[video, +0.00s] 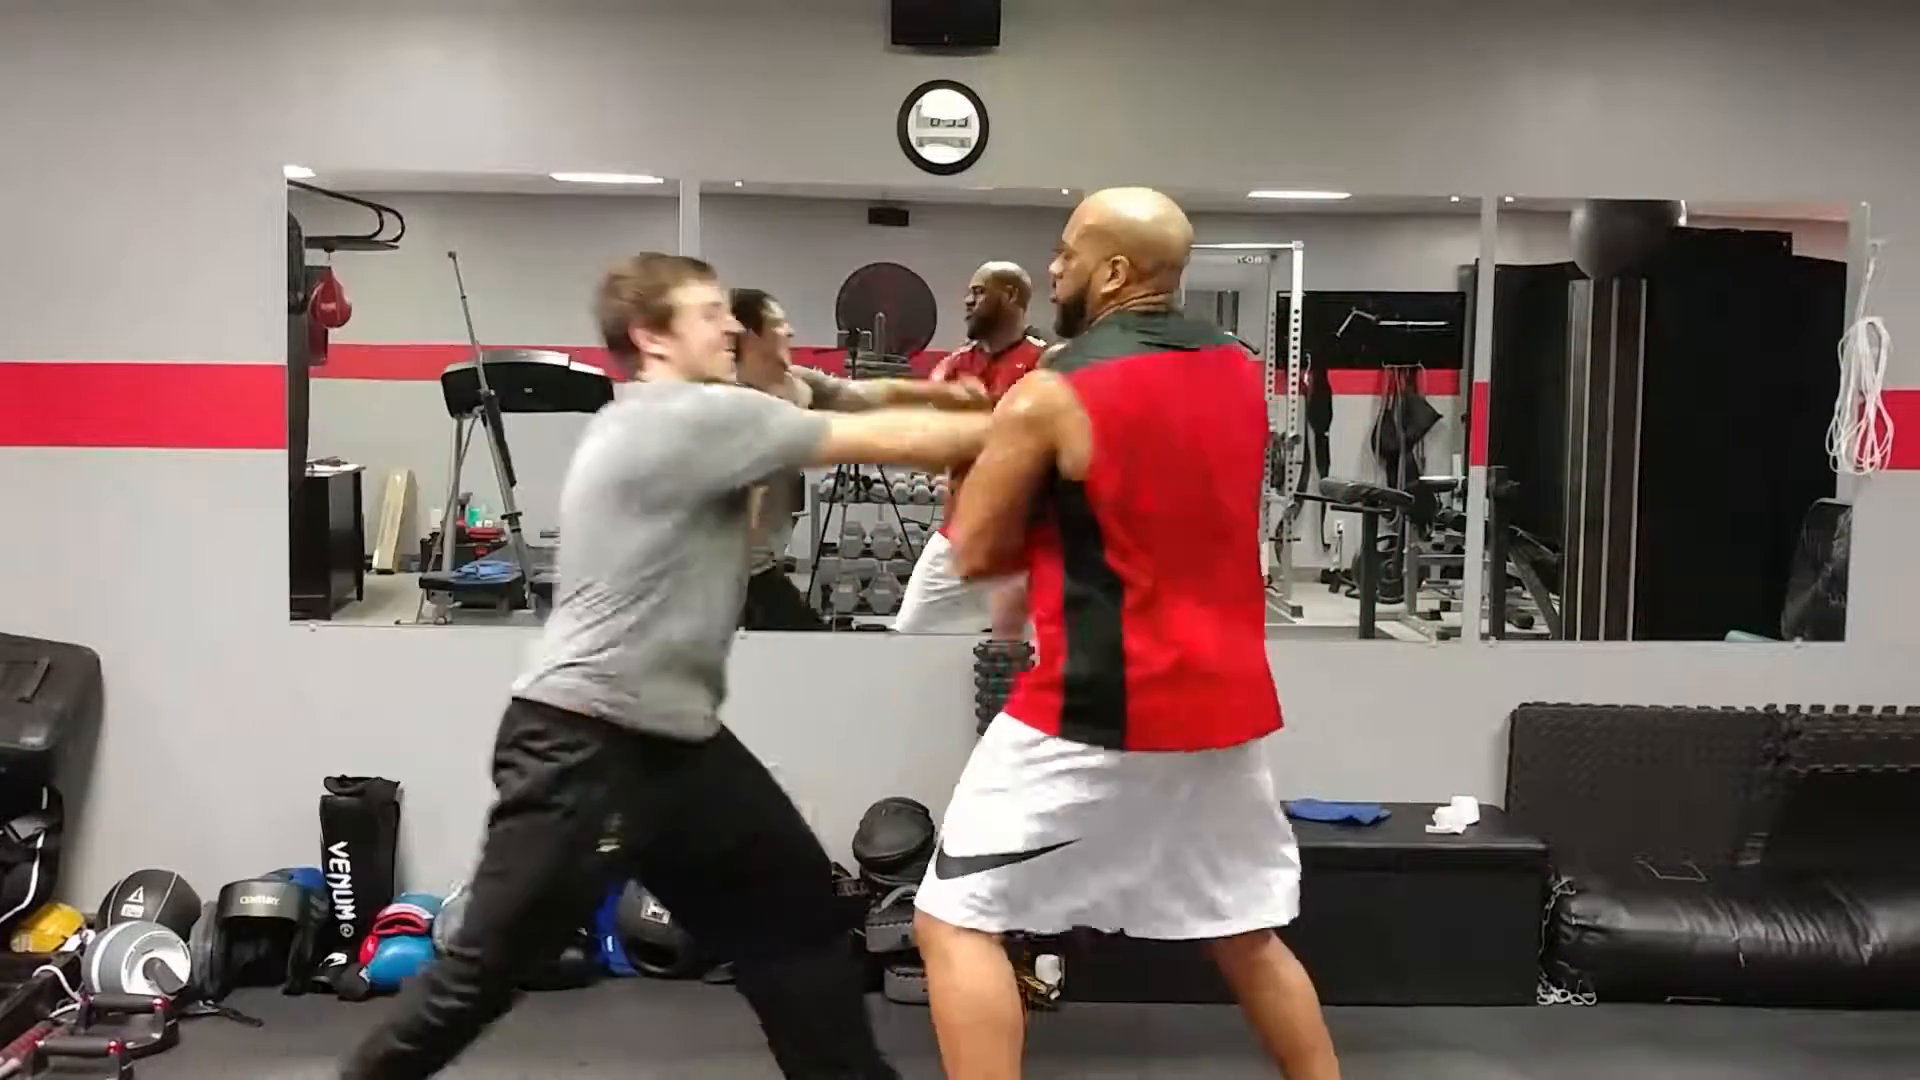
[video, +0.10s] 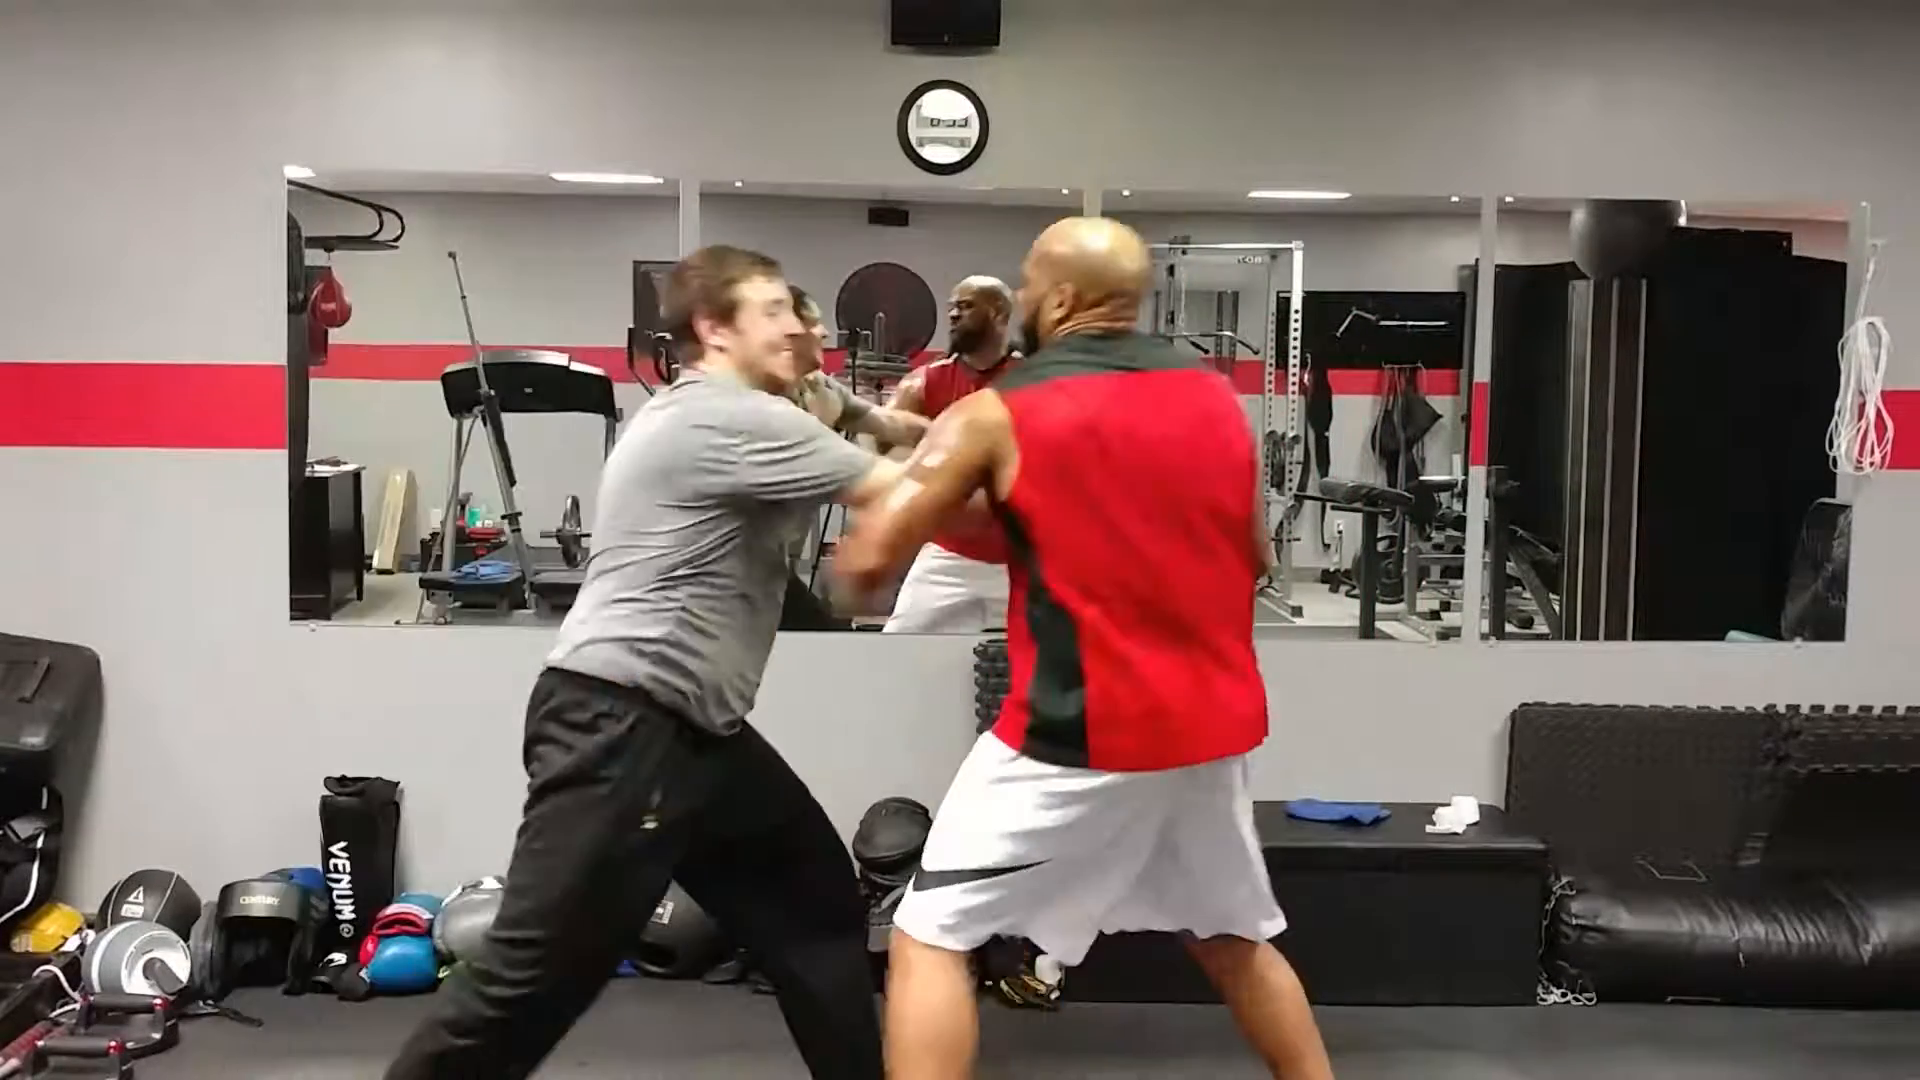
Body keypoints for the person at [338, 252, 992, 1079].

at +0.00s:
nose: (733, 329)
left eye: (729, 313)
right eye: (714, 314)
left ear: (658, 343)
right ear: (652, 338)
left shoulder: (643, 427)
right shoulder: (692, 419)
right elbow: (864, 438)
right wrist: (1016, 427)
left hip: (682, 749)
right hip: (579, 744)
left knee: (805, 939)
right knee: (473, 979)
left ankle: (849, 1073)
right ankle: (359, 1075)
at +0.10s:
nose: (802, 327)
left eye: (797, 309)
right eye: (779, 310)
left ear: (724, 335)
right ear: (714, 331)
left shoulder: (733, 411)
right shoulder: (719, 415)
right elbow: (891, 487)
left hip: (696, 731)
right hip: (618, 719)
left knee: (818, 914)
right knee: (527, 983)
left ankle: (860, 1070)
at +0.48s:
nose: (777, 350)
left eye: (779, 332)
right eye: (760, 326)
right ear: (695, 322)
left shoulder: (708, 432)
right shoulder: (648, 408)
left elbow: (699, 585)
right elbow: (795, 540)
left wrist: (779, 499)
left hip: (657, 708)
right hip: (561, 694)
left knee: (772, 926)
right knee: (498, 959)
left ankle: (822, 1067)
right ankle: (373, 1076)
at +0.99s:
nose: (747, 333)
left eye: (750, 315)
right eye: (730, 310)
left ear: (677, 315)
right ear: (664, 307)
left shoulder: (662, 408)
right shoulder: (599, 395)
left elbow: (672, 562)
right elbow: (659, 569)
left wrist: (737, 501)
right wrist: (793, 609)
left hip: (593, 698)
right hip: (485, 690)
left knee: (668, 928)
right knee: (416, 944)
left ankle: (662, 1077)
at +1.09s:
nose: (698, 308)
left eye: (699, 289)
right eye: (679, 286)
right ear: (612, 290)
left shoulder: (644, 408)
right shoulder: (542, 387)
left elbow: (645, 540)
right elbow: (561, 564)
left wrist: (710, 516)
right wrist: (709, 594)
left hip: (575, 701)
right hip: (460, 696)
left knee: (647, 927)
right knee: (377, 948)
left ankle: (661, 1074)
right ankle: (293, 1078)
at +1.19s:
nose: (639, 298)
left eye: (638, 278)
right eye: (620, 277)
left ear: (570, 285)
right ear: (549, 281)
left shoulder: (595, 397)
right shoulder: (468, 381)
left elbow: (595, 519)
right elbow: (472, 558)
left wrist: (657, 503)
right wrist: (630, 547)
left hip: (547, 717)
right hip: (419, 715)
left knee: (619, 957)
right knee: (340, 974)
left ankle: (664, 1077)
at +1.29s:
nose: (590, 286)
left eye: (590, 267)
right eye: (572, 266)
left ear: (522, 276)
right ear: (501, 271)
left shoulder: (569, 388)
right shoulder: (410, 374)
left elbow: (626, 511)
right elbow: (437, 528)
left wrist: (658, 438)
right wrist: (571, 435)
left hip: (518, 714)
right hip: (382, 711)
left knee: (596, 965)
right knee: (315, 980)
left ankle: (643, 1076)